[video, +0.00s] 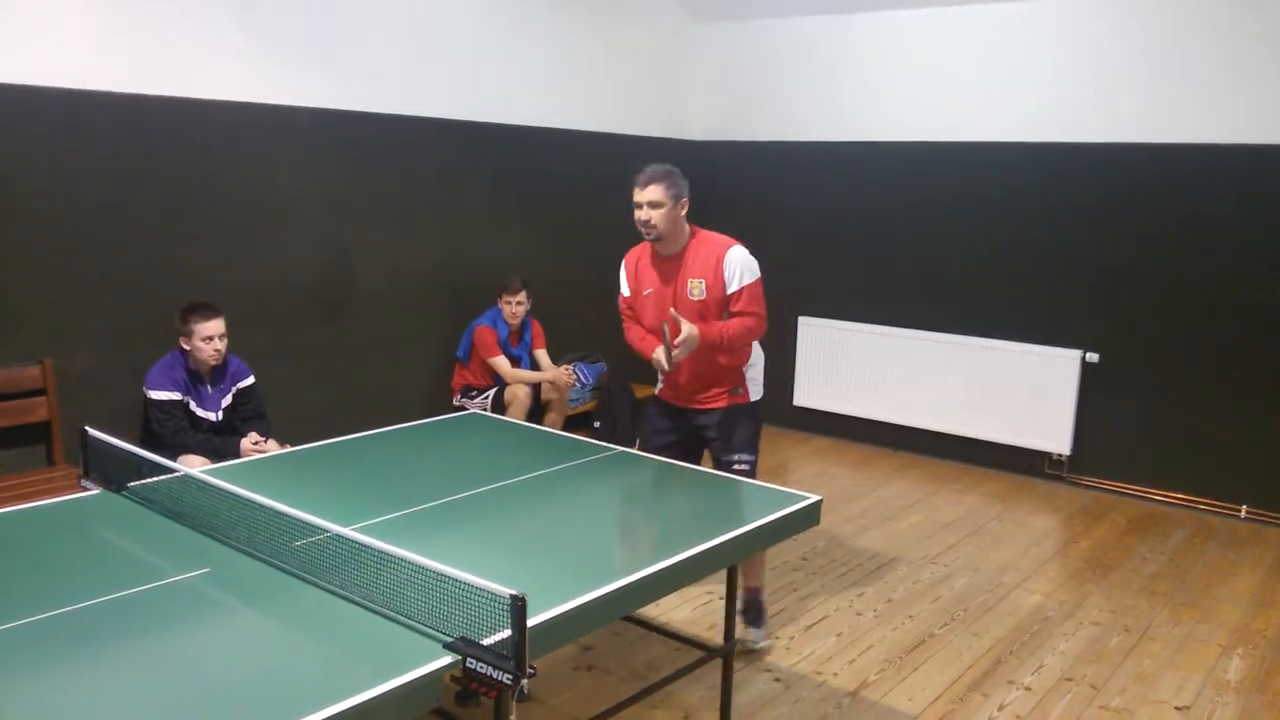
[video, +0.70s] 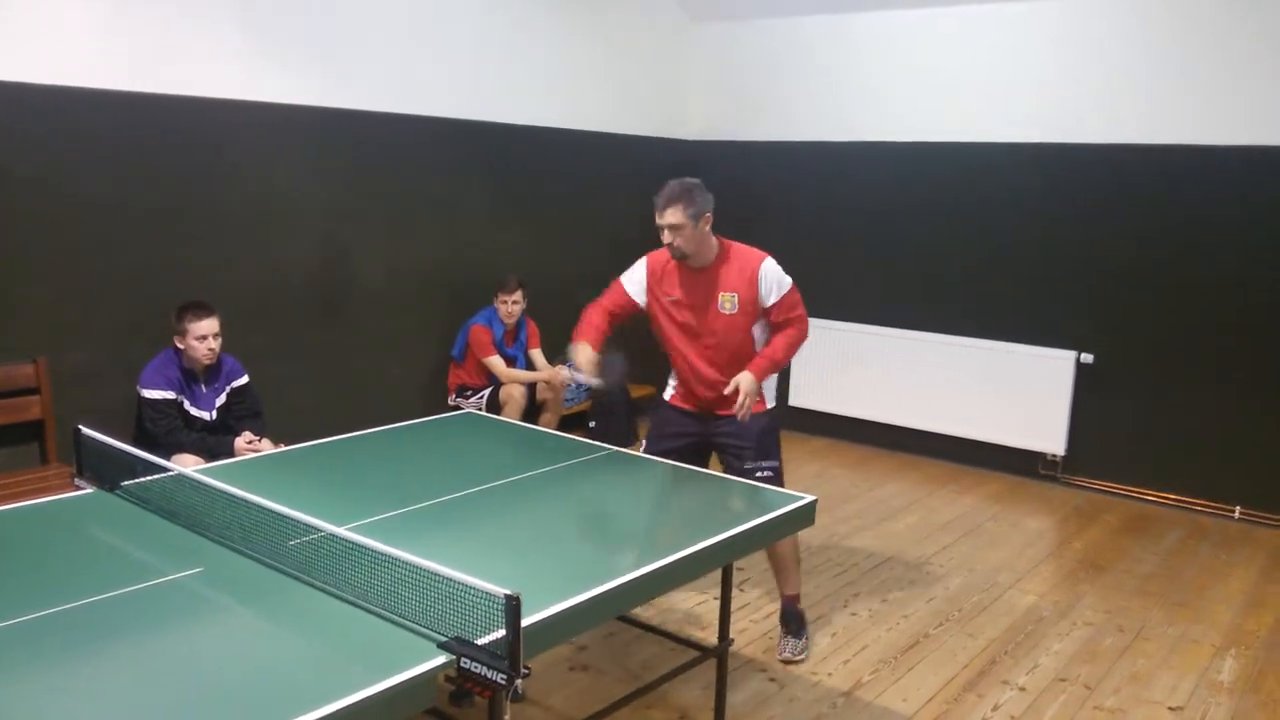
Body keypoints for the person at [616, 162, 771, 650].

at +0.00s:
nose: (642, 216)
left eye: (652, 206)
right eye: (637, 206)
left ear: (682, 207)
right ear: (634, 209)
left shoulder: (729, 256)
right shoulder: (634, 263)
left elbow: (753, 324)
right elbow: (631, 324)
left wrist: (703, 335)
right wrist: (654, 351)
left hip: (730, 401)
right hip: (671, 400)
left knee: (741, 499)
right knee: (641, 490)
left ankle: (752, 604)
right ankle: (630, 580)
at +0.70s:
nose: (668, 240)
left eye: (677, 229)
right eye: (662, 230)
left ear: (706, 222)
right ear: (658, 229)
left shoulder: (756, 268)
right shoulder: (653, 269)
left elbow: (795, 325)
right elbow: (603, 308)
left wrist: (755, 373)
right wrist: (586, 346)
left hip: (745, 412)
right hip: (681, 406)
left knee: (770, 508)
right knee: (644, 495)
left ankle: (792, 616)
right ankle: (619, 585)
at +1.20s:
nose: (665, 215)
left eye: (676, 207)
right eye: (663, 206)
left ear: (709, 210)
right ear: (664, 210)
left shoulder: (755, 263)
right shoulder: (657, 267)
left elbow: (781, 334)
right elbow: (648, 334)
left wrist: (731, 371)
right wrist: (646, 378)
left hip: (742, 417)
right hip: (677, 415)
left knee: (768, 512)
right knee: (653, 504)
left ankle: (790, 615)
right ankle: (626, 589)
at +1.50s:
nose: (696, 209)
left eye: (707, 201)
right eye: (694, 200)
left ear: (740, 206)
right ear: (696, 206)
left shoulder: (782, 265)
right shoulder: (697, 261)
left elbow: (796, 344)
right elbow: (699, 329)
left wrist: (728, 377)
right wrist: (699, 365)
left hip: (781, 424)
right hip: (724, 416)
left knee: (787, 523)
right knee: (699, 503)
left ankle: (793, 616)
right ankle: (686, 578)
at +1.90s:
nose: (690, 259)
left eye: (697, 248)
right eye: (686, 250)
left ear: (727, 236)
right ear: (687, 244)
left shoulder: (788, 274)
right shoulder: (695, 287)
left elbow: (826, 347)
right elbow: (697, 352)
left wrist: (794, 414)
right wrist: (712, 404)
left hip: (807, 407)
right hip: (745, 408)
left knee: (818, 508)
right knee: (717, 496)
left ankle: (825, 619)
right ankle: (715, 582)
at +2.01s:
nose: (696, 294)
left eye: (700, 284)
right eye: (689, 286)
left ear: (723, 263)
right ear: (682, 275)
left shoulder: (788, 281)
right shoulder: (689, 300)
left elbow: (831, 345)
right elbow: (687, 348)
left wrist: (826, 413)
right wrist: (698, 402)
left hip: (810, 402)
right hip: (748, 402)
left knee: (844, 493)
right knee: (724, 490)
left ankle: (863, 593)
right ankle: (714, 584)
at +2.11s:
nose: (729, 311)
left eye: (733, 303)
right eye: (720, 306)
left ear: (749, 276)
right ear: (704, 290)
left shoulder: (802, 287)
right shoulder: (693, 301)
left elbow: (849, 340)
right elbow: (677, 333)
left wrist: (870, 401)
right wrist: (674, 383)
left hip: (822, 395)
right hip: (755, 400)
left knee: (867, 478)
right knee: (723, 485)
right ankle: (715, 581)